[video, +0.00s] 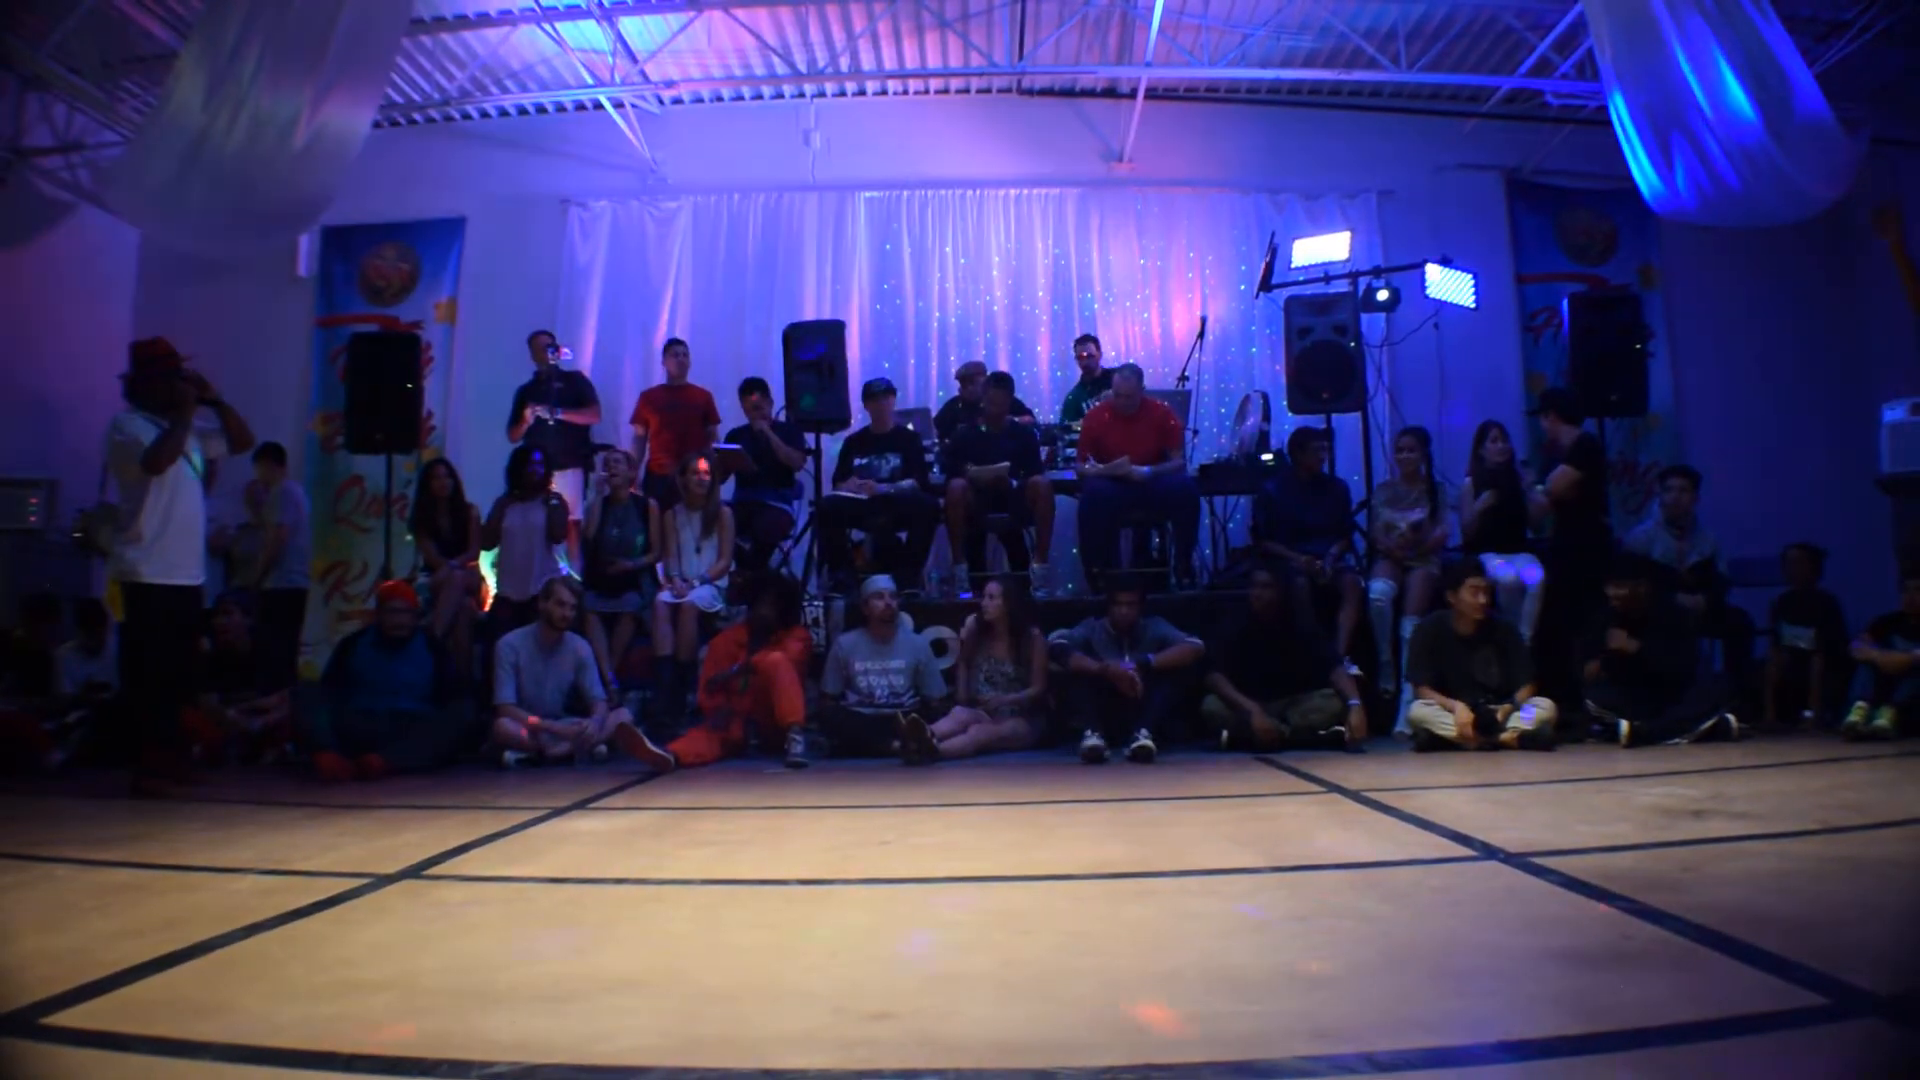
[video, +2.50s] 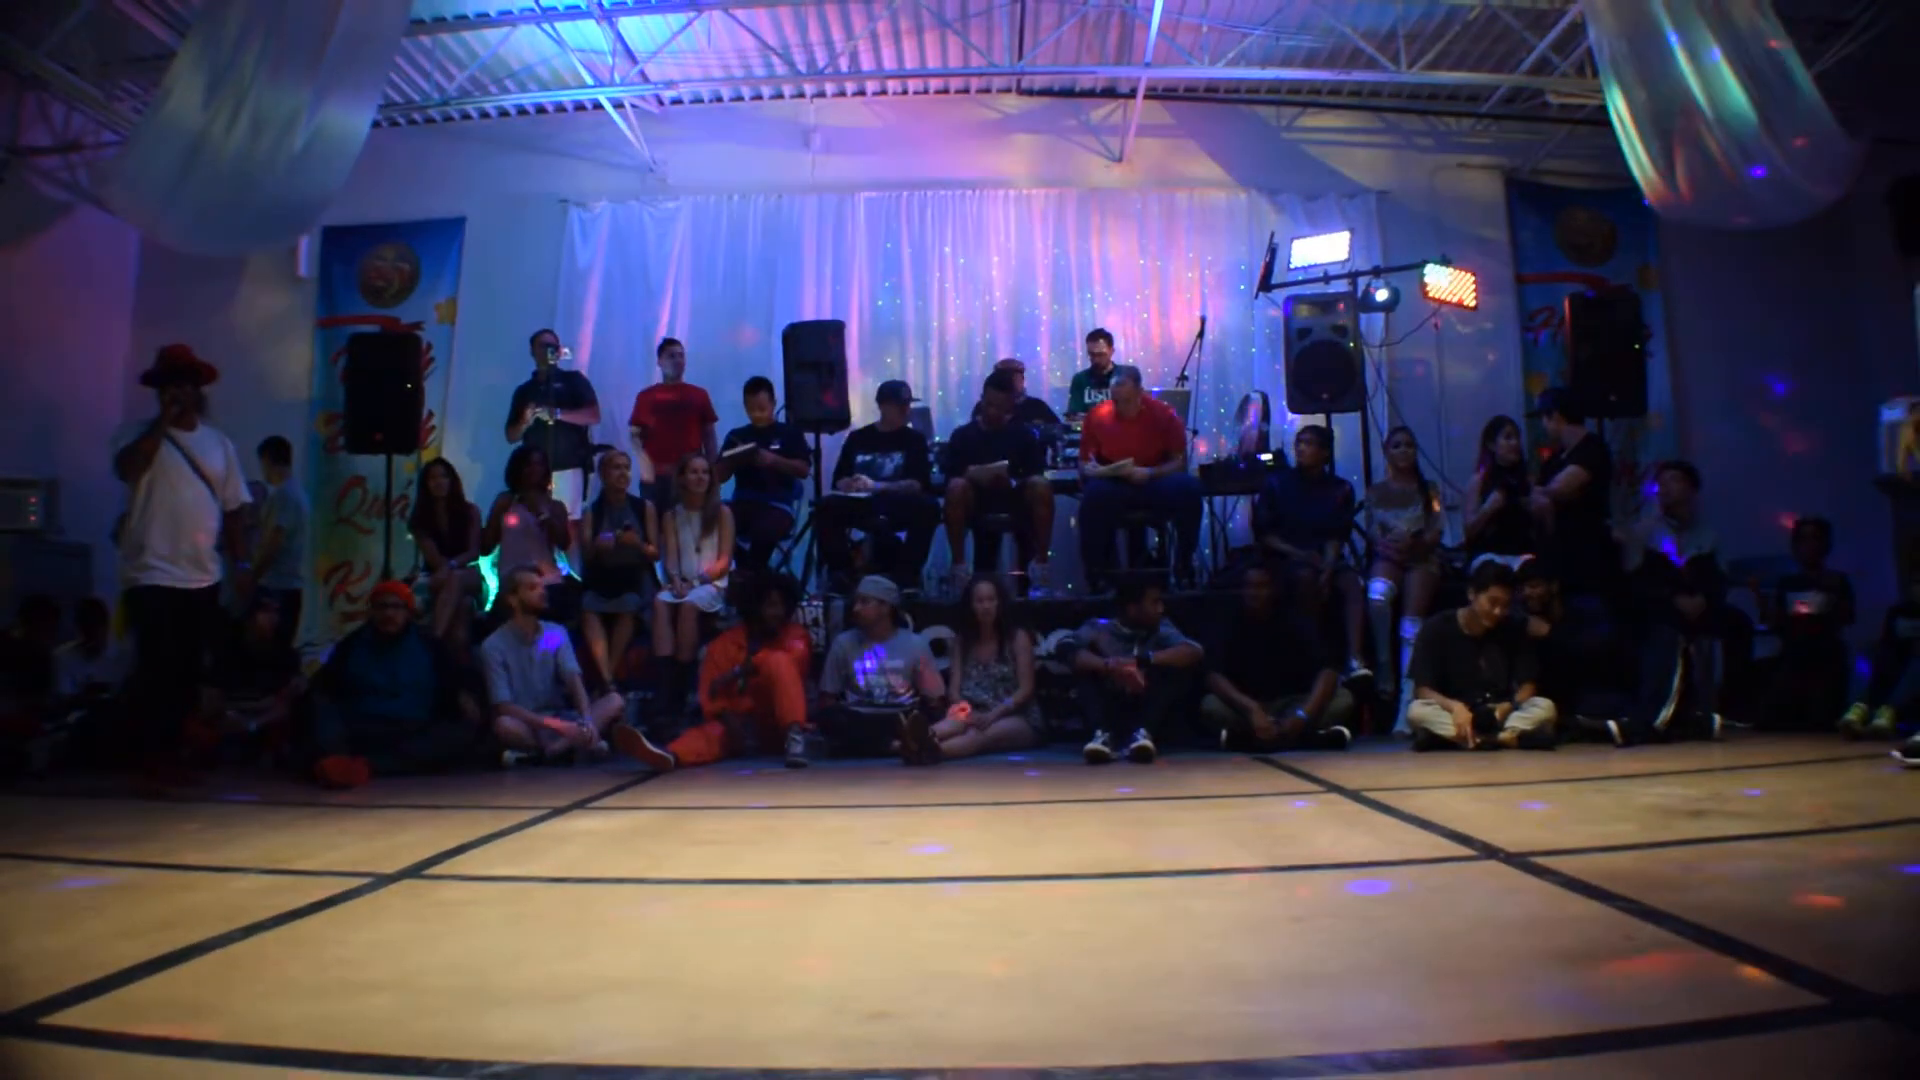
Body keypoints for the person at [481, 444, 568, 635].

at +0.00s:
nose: (536, 471)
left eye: (541, 465)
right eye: (530, 465)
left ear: (547, 470)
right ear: (517, 469)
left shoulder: (553, 502)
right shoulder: (504, 503)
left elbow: (558, 537)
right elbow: (487, 542)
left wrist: (553, 503)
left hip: (542, 592)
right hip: (508, 592)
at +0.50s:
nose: (533, 472)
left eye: (538, 466)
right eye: (527, 466)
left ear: (545, 470)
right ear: (514, 469)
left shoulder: (551, 501)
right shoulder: (500, 501)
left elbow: (563, 542)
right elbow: (488, 545)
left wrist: (553, 510)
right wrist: (497, 510)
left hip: (541, 591)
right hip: (506, 592)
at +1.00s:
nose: (534, 470)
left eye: (539, 464)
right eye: (528, 464)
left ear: (547, 470)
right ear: (515, 468)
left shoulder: (553, 500)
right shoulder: (501, 500)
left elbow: (566, 546)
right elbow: (491, 547)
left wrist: (556, 512)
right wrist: (496, 512)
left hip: (543, 592)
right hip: (507, 592)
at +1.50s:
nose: (534, 469)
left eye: (540, 464)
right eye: (528, 464)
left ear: (546, 470)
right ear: (515, 467)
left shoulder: (551, 502)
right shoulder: (501, 502)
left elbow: (561, 548)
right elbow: (491, 542)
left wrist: (557, 512)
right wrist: (509, 564)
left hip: (542, 592)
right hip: (507, 591)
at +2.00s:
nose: (535, 468)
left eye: (540, 463)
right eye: (529, 462)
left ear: (547, 468)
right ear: (516, 467)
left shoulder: (552, 501)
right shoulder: (500, 504)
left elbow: (561, 548)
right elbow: (493, 543)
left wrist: (558, 515)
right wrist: (509, 564)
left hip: (545, 580)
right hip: (510, 582)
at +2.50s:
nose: (535, 470)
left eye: (540, 465)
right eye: (529, 465)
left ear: (547, 470)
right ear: (518, 469)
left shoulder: (555, 506)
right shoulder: (505, 501)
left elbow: (564, 543)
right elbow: (486, 547)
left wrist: (546, 517)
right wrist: (500, 512)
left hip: (548, 581)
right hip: (512, 582)